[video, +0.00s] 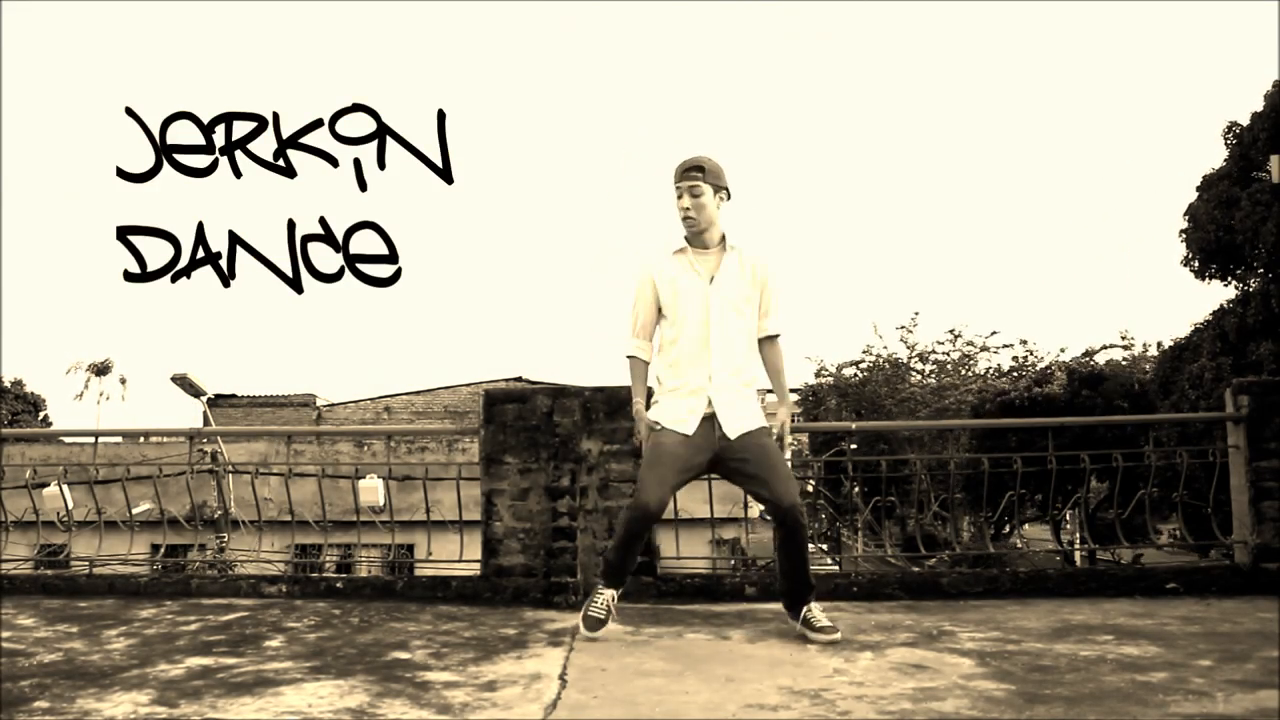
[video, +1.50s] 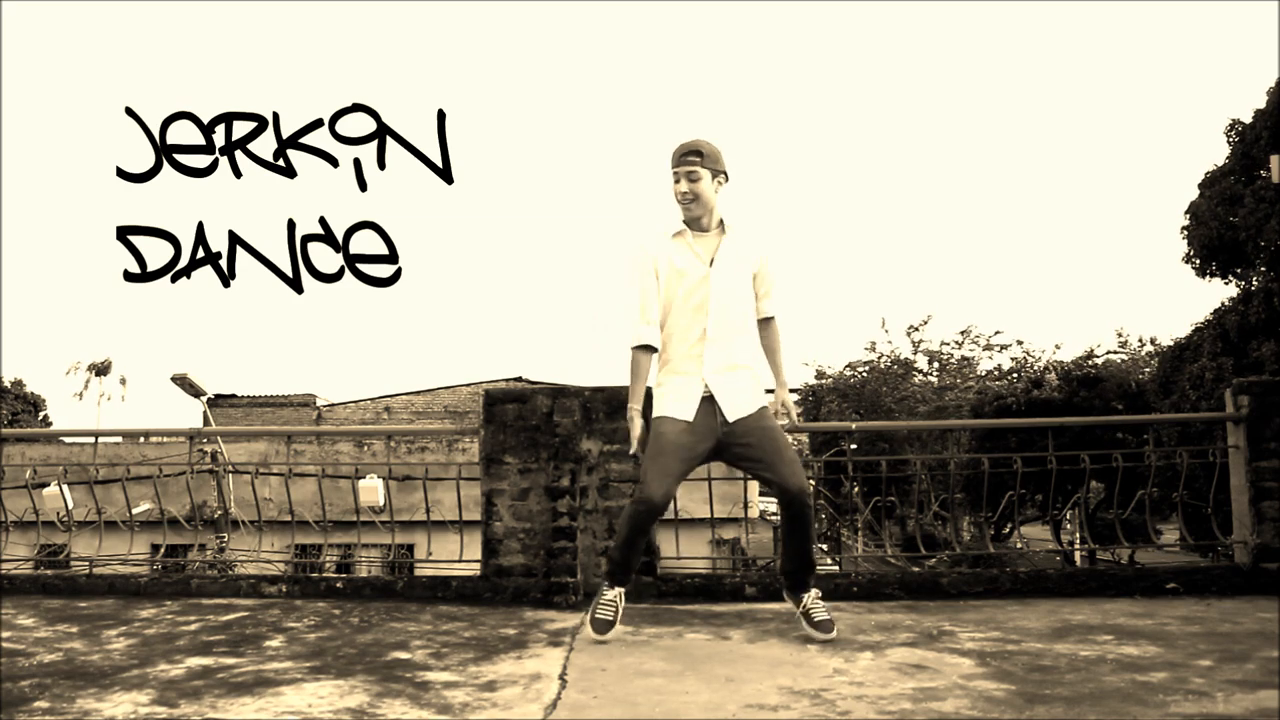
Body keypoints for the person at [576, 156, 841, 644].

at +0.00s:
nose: (685, 205)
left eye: (695, 194)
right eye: (679, 196)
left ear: (721, 199)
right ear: (675, 205)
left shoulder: (752, 270)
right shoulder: (660, 272)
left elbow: (768, 339)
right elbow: (640, 344)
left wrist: (783, 398)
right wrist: (640, 407)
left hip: (742, 413)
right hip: (676, 414)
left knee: (790, 506)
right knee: (646, 503)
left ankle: (801, 606)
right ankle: (608, 588)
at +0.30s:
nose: (690, 218)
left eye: (700, 210)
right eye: (684, 210)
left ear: (723, 215)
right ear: (678, 215)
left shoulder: (746, 280)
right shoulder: (658, 274)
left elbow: (771, 359)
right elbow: (644, 345)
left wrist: (791, 425)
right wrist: (646, 402)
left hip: (749, 425)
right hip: (683, 426)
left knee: (801, 519)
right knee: (650, 533)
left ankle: (814, 604)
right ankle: (621, 608)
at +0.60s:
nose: (749, 218)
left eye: (759, 208)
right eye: (743, 209)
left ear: (782, 215)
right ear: (737, 217)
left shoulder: (803, 290)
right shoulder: (710, 278)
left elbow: (798, 361)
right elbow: (682, 344)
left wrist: (798, 425)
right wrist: (671, 400)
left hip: (767, 424)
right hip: (706, 418)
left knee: (809, 516)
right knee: (671, 497)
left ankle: (814, 609)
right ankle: (615, 575)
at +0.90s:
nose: (695, 225)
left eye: (705, 215)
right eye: (690, 217)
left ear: (730, 220)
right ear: (685, 224)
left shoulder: (755, 293)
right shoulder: (667, 293)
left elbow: (767, 363)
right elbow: (657, 374)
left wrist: (788, 413)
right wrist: (652, 441)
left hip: (756, 435)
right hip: (695, 438)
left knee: (817, 512)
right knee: (667, 544)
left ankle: (820, 607)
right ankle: (616, 610)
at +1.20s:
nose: (666, 221)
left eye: (677, 213)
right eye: (660, 212)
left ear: (697, 219)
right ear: (652, 216)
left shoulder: (723, 281)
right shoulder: (631, 287)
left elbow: (745, 363)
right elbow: (624, 362)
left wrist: (764, 427)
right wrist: (628, 414)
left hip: (736, 422)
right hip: (671, 429)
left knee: (799, 508)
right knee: (658, 541)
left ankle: (804, 594)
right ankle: (616, 612)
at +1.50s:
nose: (683, 188)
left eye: (693, 177)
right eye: (677, 180)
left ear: (719, 182)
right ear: (672, 188)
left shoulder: (748, 250)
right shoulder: (657, 257)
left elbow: (767, 322)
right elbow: (645, 340)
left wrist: (781, 385)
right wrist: (634, 410)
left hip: (745, 396)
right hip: (679, 398)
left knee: (797, 489)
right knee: (651, 496)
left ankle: (801, 588)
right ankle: (614, 585)